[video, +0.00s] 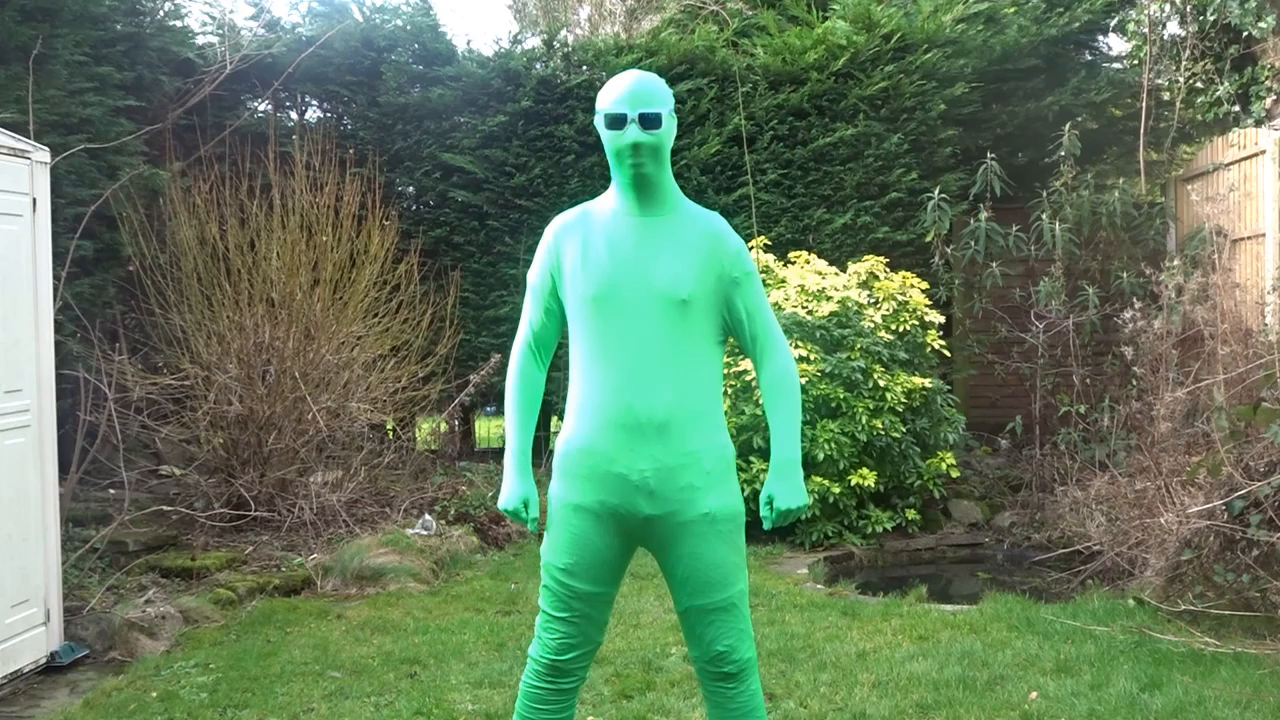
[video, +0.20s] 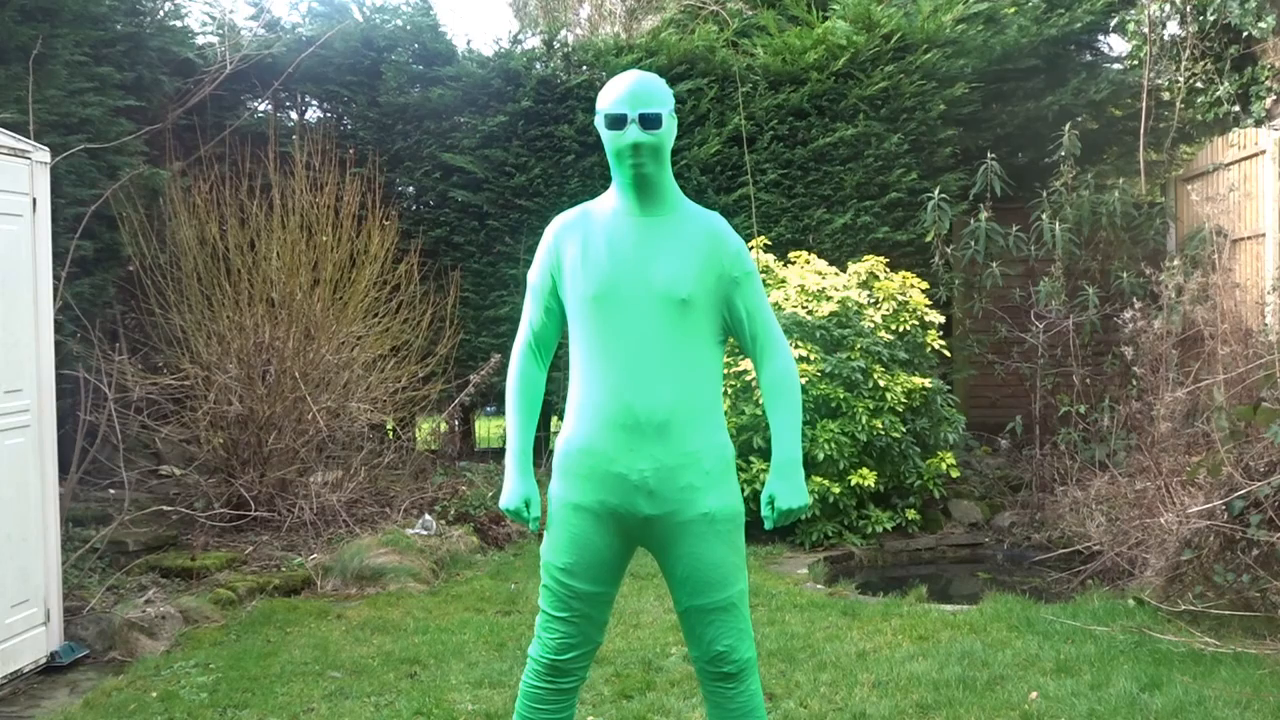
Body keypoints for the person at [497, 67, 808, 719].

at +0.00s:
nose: (634, 135)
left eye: (649, 120)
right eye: (618, 122)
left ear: (673, 128)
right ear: (600, 134)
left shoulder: (714, 237)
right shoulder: (566, 236)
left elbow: (771, 351)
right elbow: (531, 351)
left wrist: (786, 463)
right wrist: (515, 466)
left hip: (699, 486)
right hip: (588, 485)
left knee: (729, 669)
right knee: (553, 668)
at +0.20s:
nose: (634, 135)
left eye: (650, 120)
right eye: (619, 123)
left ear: (673, 129)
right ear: (600, 134)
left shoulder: (714, 237)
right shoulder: (566, 235)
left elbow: (771, 350)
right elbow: (531, 351)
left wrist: (787, 462)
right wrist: (516, 465)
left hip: (698, 486)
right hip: (588, 485)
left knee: (729, 668)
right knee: (554, 667)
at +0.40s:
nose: (634, 135)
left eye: (650, 120)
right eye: (619, 122)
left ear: (673, 129)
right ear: (601, 134)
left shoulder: (714, 237)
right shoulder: (566, 235)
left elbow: (771, 350)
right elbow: (532, 351)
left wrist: (787, 462)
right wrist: (516, 465)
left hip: (698, 485)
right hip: (588, 485)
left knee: (729, 668)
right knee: (554, 667)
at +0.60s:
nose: (634, 135)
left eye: (650, 120)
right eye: (619, 122)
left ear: (673, 129)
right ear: (601, 134)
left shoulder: (714, 237)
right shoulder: (566, 236)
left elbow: (770, 350)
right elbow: (532, 351)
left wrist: (786, 463)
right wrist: (517, 465)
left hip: (698, 485)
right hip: (588, 484)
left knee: (729, 668)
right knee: (554, 667)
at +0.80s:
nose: (634, 136)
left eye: (650, 121)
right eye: (619, 123)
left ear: (673, 129)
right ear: (600, 134)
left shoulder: (713, 237)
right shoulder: (566, 236)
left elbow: (770, 350)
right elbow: (532, 353)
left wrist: (785, 464)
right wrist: (518, 468)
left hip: (698, 485)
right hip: (588, 484)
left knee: (729, 668)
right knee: (554, 666)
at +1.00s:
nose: (635, 136)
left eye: (650, 121)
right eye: (619, 123)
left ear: (673, 129)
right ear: (600, 134)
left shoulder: (713, 237)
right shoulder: (566, 236)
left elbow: (769, 351)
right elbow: (532, 353)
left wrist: (785, 464)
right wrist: (519, 469)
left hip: (698, 486)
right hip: (588, 485)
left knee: (729, 668)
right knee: (554, 666)